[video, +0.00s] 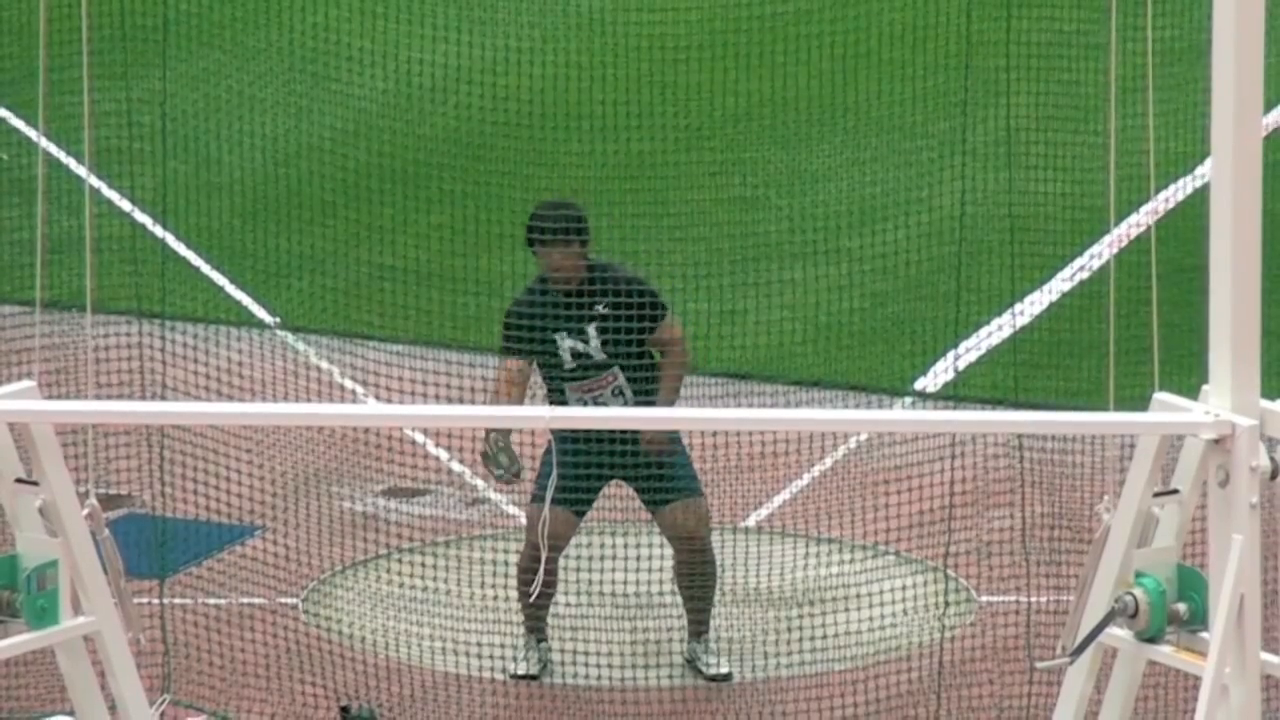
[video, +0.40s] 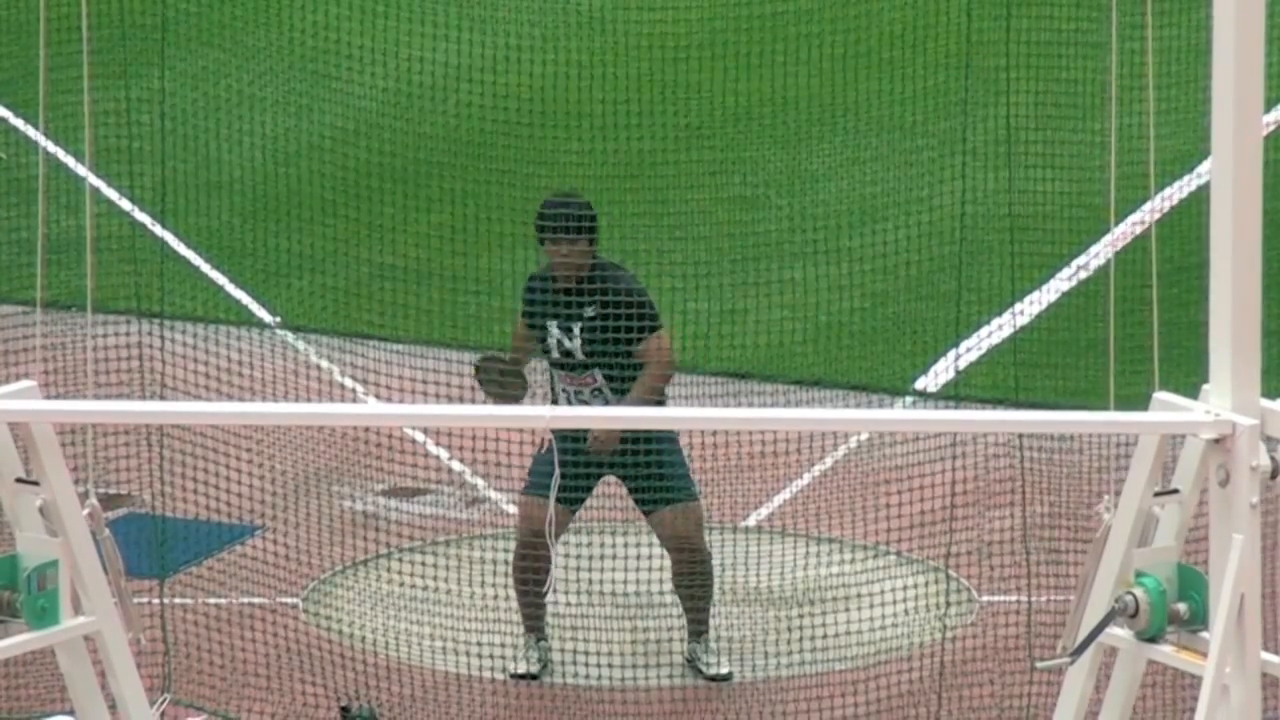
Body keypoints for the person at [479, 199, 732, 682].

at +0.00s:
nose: (559, 256)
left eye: (568, 246)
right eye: (549, 247)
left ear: (585, 247)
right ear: (535, 252)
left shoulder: (624, 290)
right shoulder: (528, 310)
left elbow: (676, 346)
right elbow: (513, 378)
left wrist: (662, 417)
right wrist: (498, 432)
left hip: (645, 434)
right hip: (577, 441)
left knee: (692, 531)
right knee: (543, 537)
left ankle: (699, 642)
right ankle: (535, 642)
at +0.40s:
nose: (562, 251)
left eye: (572, 241)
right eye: (553, 241)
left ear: (591, 243)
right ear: (542, 244)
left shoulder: (622, 290)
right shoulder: (538, 291)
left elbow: (662, 362)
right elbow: (521, 357)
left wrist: (618, 421)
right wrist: (500, 377)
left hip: (641, 428)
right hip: (573, 430)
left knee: (688, 541)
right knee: (532, 532)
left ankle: (699, 643)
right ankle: (535, 643)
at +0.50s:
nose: (577, 253)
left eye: (585, 243)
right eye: (567, 243)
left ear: (603, 244)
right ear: (553, 244)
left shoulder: (626, 292)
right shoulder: (545, 278)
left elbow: (663, 369)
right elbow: (515, 307)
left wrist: (614, 425)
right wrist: (500, 310)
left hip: (641, 428)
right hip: (572, 428)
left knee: (688, 540)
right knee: (530, 530)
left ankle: (700, 643)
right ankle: (533, 640)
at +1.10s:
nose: (656, 279)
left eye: (665, 269)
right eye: (646, 269)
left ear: (678, 268)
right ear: (630, 268)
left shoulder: (699, 311)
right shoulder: (604, 309)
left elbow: (722, 387)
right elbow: (554, 373)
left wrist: (681, 427)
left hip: (671, 431)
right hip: (599, 429)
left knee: (710, 525)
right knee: (549, 524)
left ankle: (700, 642)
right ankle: (534, 639)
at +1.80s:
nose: (662, 277)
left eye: (671, 267)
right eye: (652, 267)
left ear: (686, 264)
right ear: (638, 266)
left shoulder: (703, 297)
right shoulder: (626, 308)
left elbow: (728, 354)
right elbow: (682, 375)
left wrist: (747, 392)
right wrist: (755, 395)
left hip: (660, 430)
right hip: (595, 430)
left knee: (707, 521)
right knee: (552, 533)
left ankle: (698, 644)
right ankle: (534, 637)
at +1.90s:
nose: (635, 289)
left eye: (645, 279)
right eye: (627, 279)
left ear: (665, 275)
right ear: (617, 278)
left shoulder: (690, 306)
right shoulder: (607, 319)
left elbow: (732, 362)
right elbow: (637, 403)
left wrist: (731, 434)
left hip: (654, 436)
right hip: (591, 438)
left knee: (706, 519)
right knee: (541, 529)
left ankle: (698, 644)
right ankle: (533, 640)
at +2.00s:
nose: (608, 300)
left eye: (618, 291)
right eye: (601, 290)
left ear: (641, 288)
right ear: (592, 288)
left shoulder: (674, 317)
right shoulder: (580, 332)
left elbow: (730, 364)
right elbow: (579, 415)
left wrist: (725, 428)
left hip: (659, 442)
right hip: (587, 443)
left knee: (707, 525)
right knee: (532, 525)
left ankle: (698, 644)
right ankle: (533, 641)